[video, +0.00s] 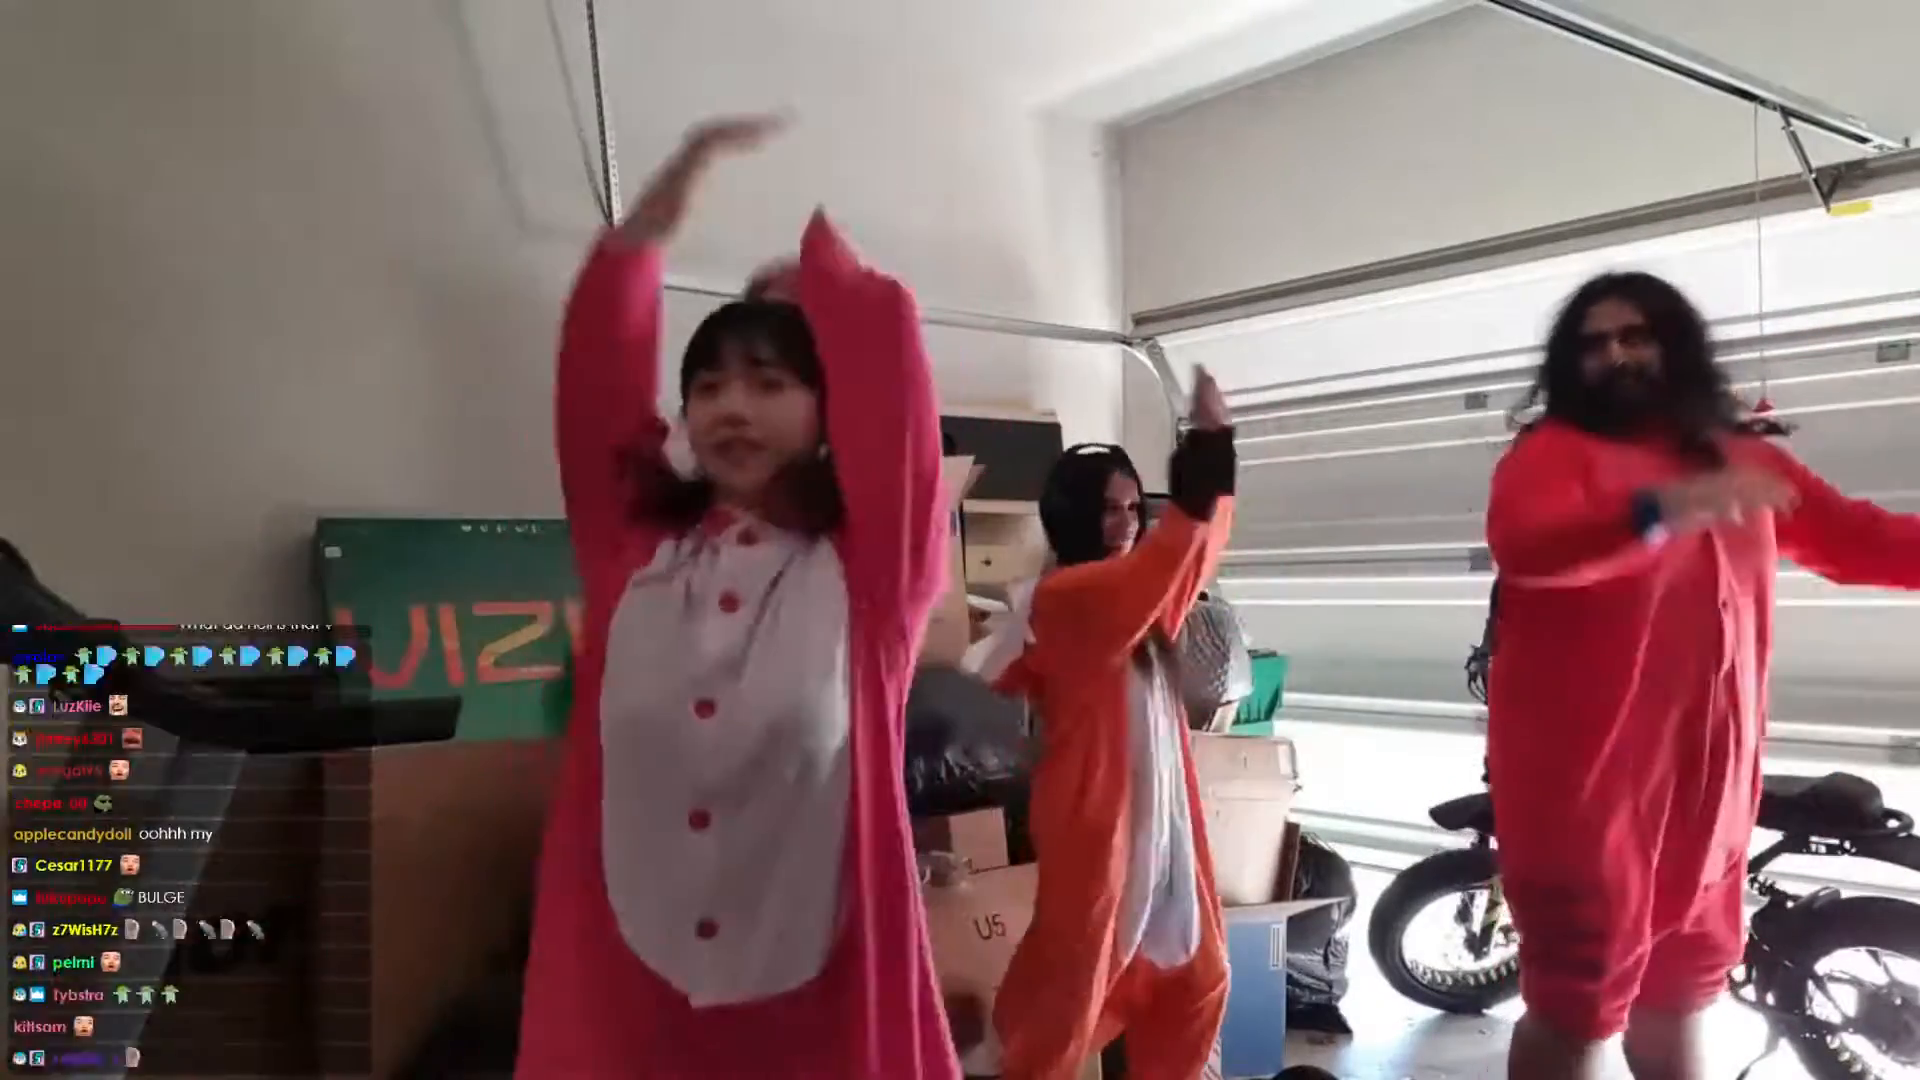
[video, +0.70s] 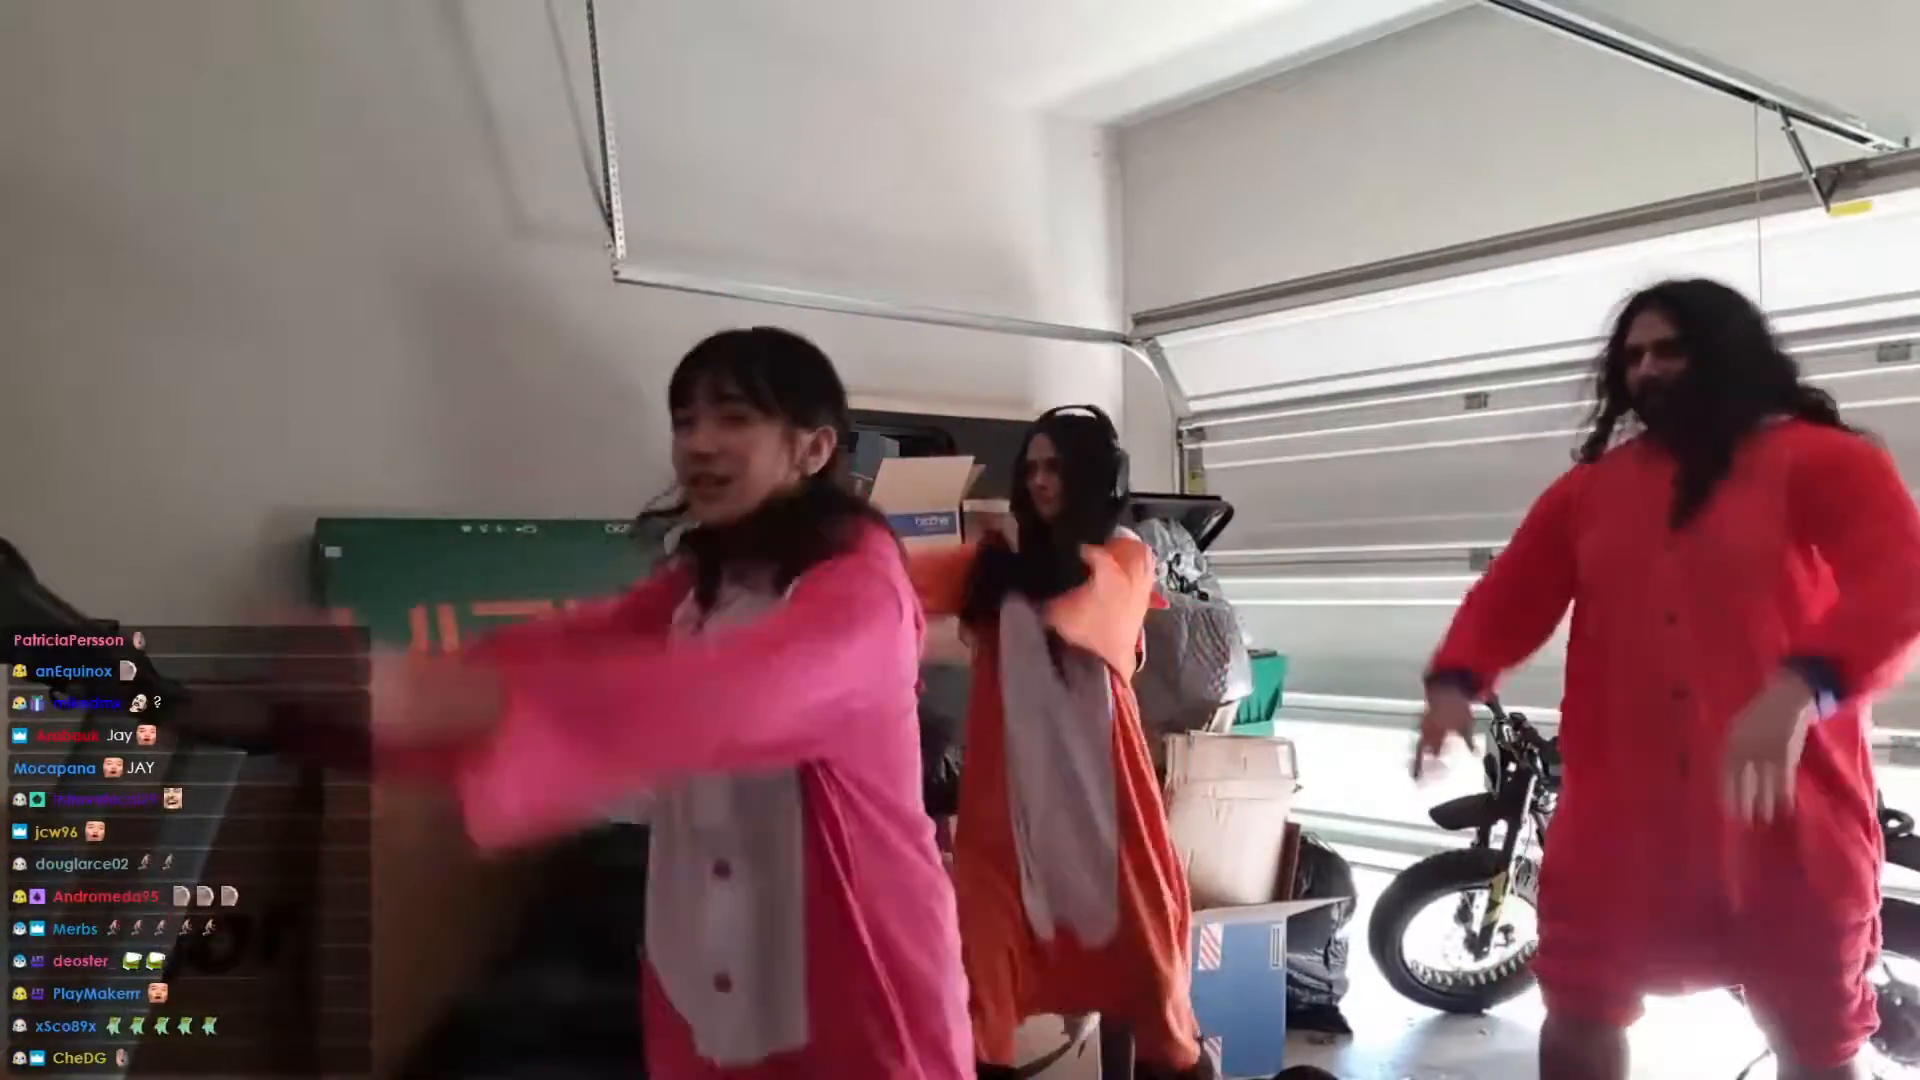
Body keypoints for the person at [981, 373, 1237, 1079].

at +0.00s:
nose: (1127, 521)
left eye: (1133, 508)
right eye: (1109, 507)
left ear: (1141, 512)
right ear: (1070, 516)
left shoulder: (1141, 592)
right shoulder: (1061, 597)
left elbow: (1200, 549)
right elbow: (1157, 571)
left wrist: (1212, 455)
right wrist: (1205, 449)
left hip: (1165, 822)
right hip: (1095, 826)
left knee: (1194, 981)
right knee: (1071, 983)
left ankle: (1168, 1073)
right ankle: (1029, 1064)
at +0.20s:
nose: (1105, 506)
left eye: (1116, 492)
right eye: (1088, 494)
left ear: (1135, 497)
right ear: (1059, 505)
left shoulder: (1161, 580)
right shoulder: (1039, 584)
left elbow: (1230, 533)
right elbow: (1088, 577)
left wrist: (1257, 444)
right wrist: (1183, 491)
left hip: (1172, 825)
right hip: (1079, 832)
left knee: (1194, 1002)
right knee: (1048, 1017)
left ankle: (1176, 1073)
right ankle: (1022, 1074)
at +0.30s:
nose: (1092, 514)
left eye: (1104, 499)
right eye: (1075, 500)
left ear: (1124, 507)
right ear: (1048, 511)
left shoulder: (1152, 585)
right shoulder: (1029, 592)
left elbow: (1212, 623)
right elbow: (1070, 641)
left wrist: (1272, 635)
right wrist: (1145, 653)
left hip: (1162, 824)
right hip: (1067, 830)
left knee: (1186, 989)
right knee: (1049, 988)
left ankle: (1175, 1069)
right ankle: (1037, 1067)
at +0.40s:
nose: (1075, 546)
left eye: (1089, 530)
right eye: (1061, 534)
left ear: (1114, 540)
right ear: (1045, 547)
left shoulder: (1153, 624)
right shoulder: (1025, 636)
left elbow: (1198, 716)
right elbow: (1052, 736)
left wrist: (1231, 815)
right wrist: (1100, 825)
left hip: (1147, 827)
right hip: (1056, 837)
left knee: (1187, 990)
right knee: (1065, 985)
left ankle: (1179, 1068)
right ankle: (1080, 1069)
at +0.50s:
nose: (1061, 557)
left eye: (1075, 543)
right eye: (1049, 545)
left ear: (1105, 551)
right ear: (1036, 558)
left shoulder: (1149, 649)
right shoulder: (1008, 650)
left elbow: (1155, 764)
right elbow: (993, 761)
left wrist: (1141, 885)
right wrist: (1011, 868)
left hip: (1126, 861)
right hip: (1042, 861)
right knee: (1032, 1001)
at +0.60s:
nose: (1045, 508)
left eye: (1060, 495)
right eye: (1037, 496)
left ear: (1093, 505)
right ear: (1025, 507)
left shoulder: (1129, 597)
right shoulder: (1001, 596)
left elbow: (1120, 695)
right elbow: (970, 693)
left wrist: (1090, 783)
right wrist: (949, 782)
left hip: (1096, 811)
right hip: (1007, 811)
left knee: (1133, 966)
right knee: (1014, 967)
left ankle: (1172, 1065)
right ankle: (1035, 1068)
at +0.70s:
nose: (1039, 481)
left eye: (1054, 467)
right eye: (1030, 469)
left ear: (1091, 474)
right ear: (1019, 478)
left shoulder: (1126, 553)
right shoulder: (999, 554)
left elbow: (1087, 607)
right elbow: (900, 574)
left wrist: (1013, 554)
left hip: (1097, 769)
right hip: (1004, 769)